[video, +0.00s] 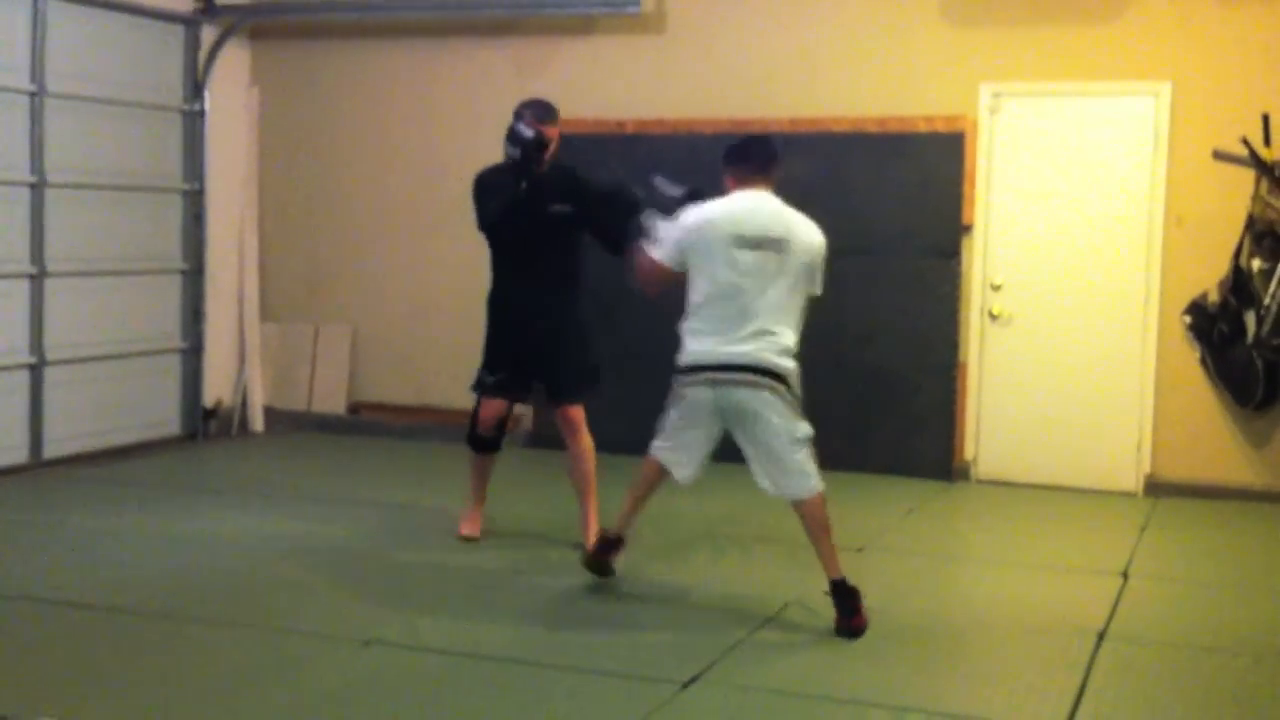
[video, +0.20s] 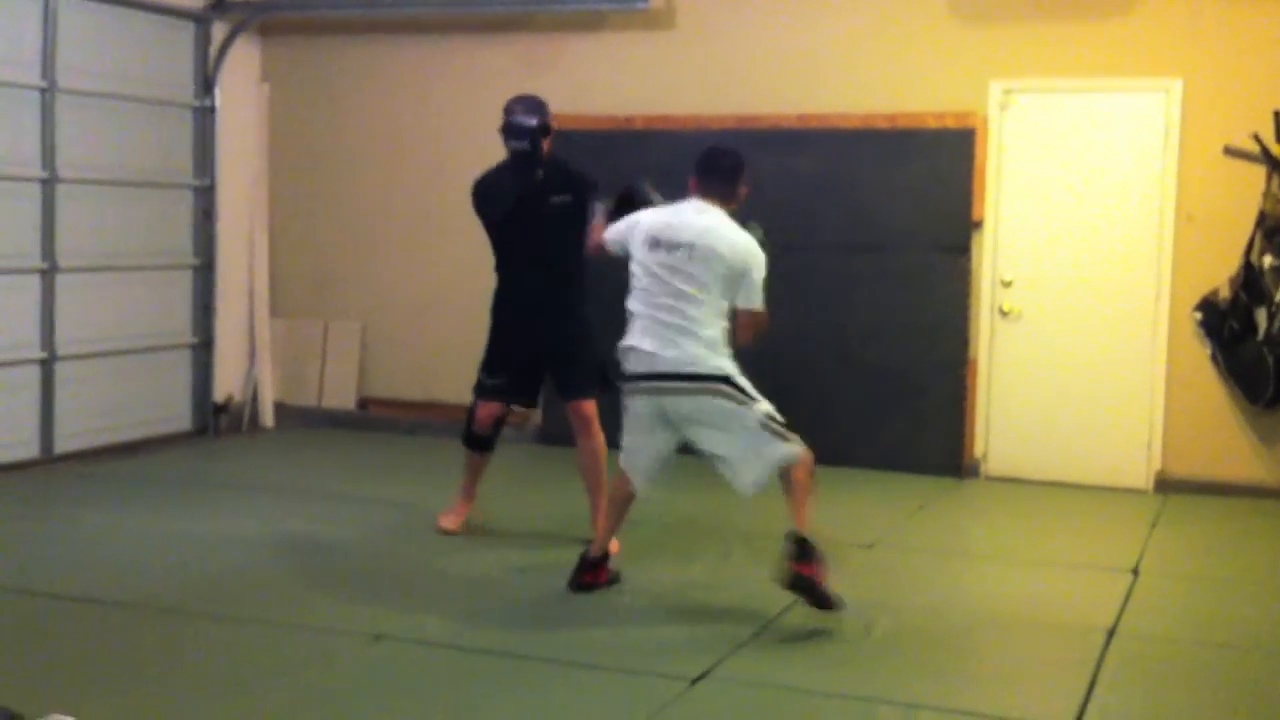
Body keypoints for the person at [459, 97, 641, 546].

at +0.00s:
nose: (539, 148)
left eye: (546, 140)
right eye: (531, 139)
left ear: (558, 139)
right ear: (514, 136)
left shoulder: (571, 184)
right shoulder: (494, 182)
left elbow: (617, 232)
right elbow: (495, 224)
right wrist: (528, 174)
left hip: (562, 320)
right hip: (510, 319)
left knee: (572, 418)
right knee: (489, 416)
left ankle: (591, 530)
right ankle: (475, 507)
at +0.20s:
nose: (525, 143)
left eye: (533, 135)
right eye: (517, 135)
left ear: (547, 137)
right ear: (502, 136)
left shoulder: (576, 184)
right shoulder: (490, 187)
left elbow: (579, 242)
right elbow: (511, 232)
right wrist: (524, 164)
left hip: (568, 314)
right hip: (515, 314)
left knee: (585, 413)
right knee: (486, 413)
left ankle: (602, 528)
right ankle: (464, 500)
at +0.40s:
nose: (510, 142)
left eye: (517, 133)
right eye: (501, 133)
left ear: (531, 133)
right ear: (486, 135)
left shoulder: (560, 185)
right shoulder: (478, 191)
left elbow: (614, 211)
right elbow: (480, 234)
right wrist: (501, 172)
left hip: (553, 316)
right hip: (498, 317)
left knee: (575, 408)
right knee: (469, 413)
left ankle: (598, 520)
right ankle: (444, 507)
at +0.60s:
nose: (522, 139)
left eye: (530, 129)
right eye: (513, 130)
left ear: (543, 127)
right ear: (498, 128)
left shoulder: (558, 175)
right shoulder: (486, 175)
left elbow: (583, 229)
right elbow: (473, 238)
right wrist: (488, 177)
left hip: (550, 306)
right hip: (500, 306)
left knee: (556, 409)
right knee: (469, 408)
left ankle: (579, 522)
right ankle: (453, 503)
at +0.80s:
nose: (542, 138)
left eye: (552, 131)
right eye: (536, 128)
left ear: (568, 133)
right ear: (523, 123)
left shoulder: (577, 181)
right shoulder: (502, 168)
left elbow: (595, 244)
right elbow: (466, 228)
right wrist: (481, 181)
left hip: (553, 310)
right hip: (500, 305)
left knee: (555, 414)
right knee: (473, 409)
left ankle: (576, 518)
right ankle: (490, 499)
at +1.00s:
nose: (535, 140)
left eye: (545, 133)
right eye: (529, 129)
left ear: (560, 135)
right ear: (515, 126)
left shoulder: (567, 182)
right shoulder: (490, 171)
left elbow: (586, 240)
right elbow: (448, 228)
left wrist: (597, 184)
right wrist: (476, 172)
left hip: (544, 307)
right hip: (490, 305)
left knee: (543, 401)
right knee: (480, 409)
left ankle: (572, 507)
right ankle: (490, 503)